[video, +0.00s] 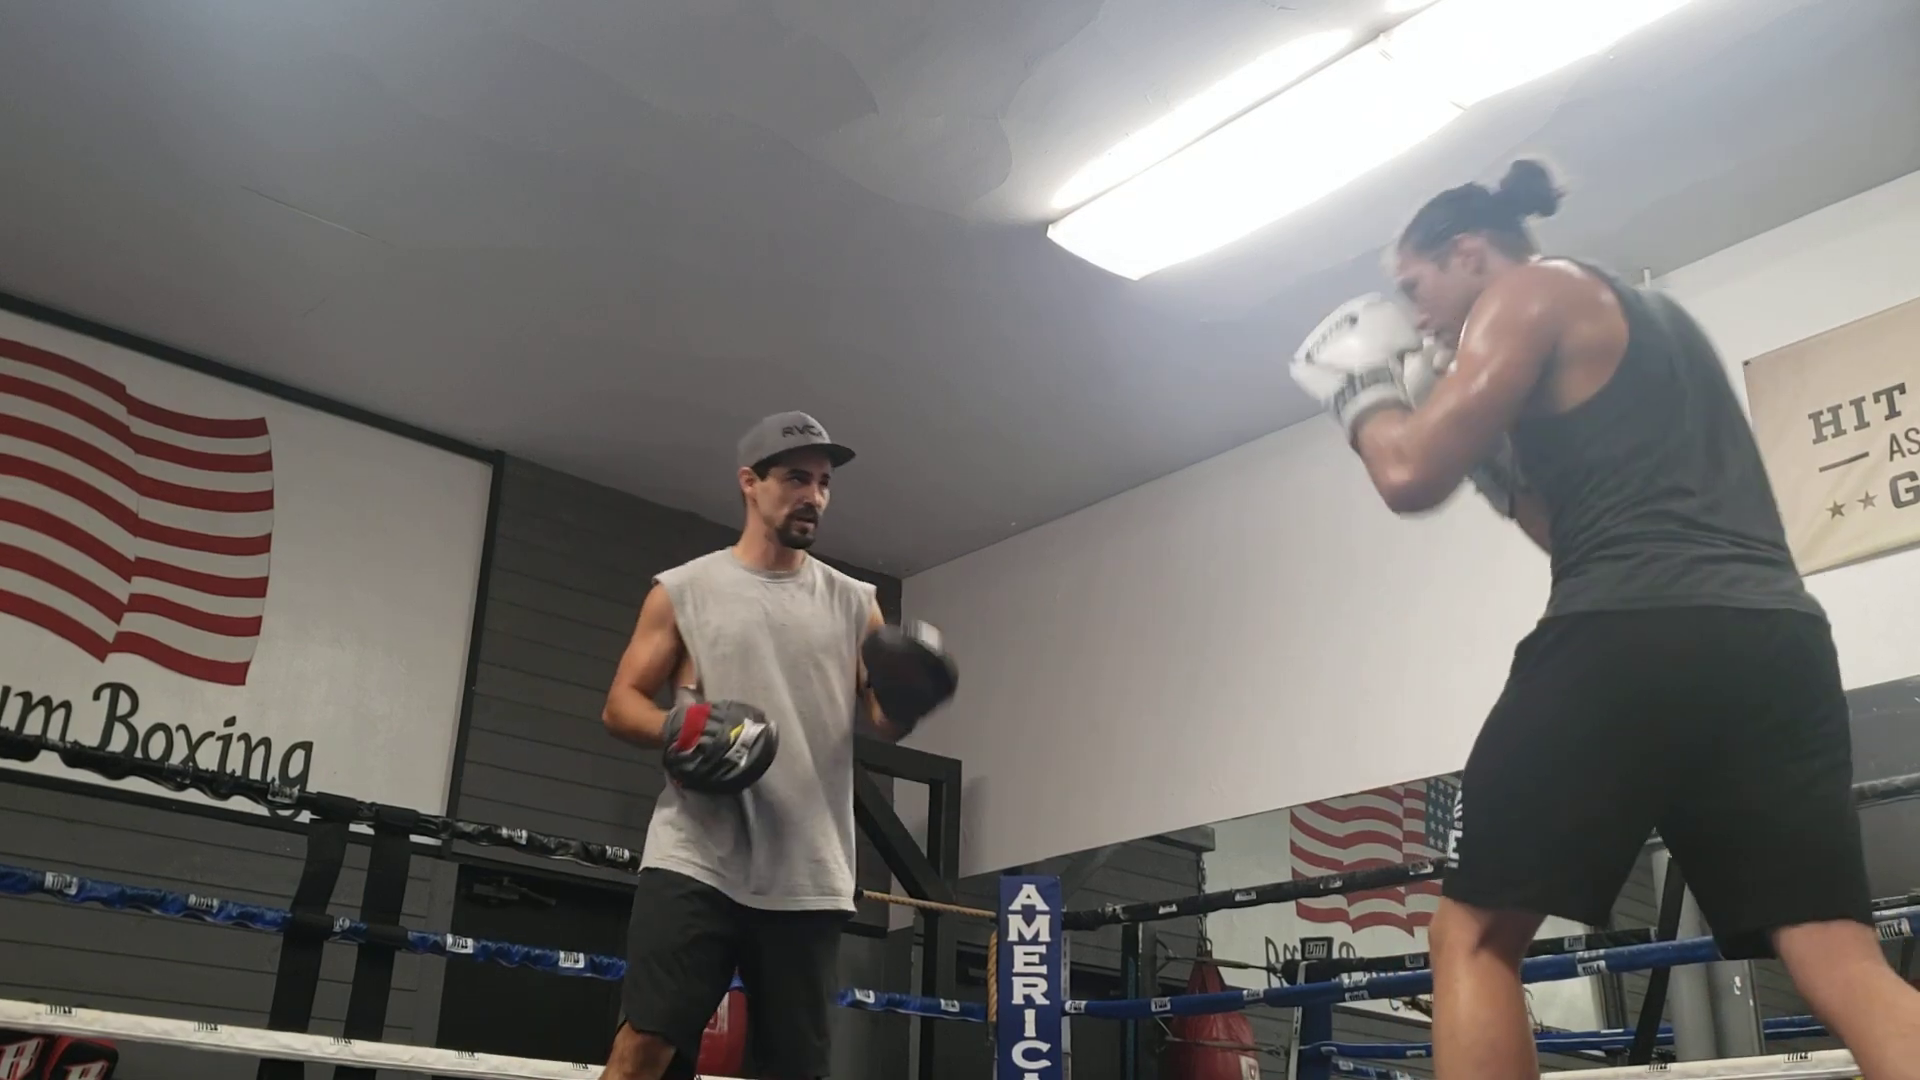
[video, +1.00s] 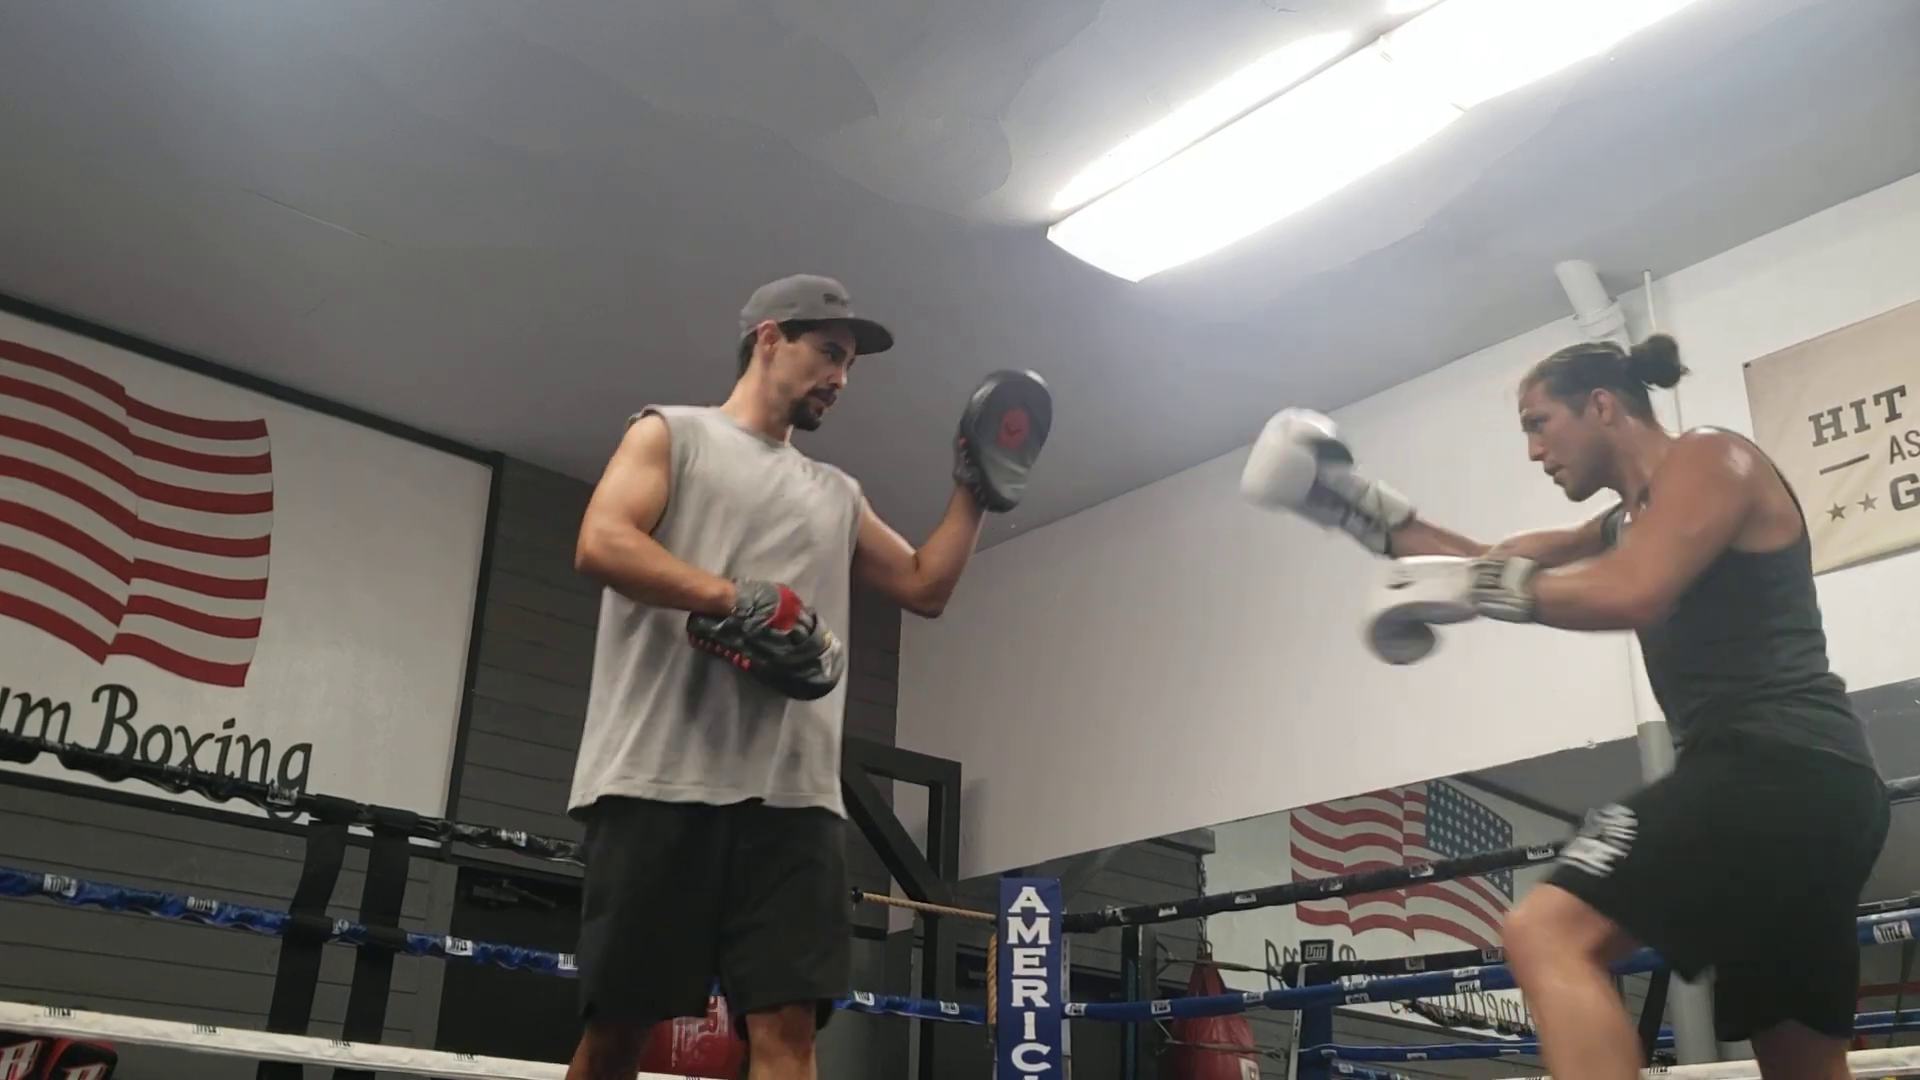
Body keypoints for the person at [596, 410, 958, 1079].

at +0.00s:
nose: (814, 495)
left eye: (822, 482)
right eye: (795, 477)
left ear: (832, 493)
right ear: (750, 484)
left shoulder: (858, 603)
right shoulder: (682, 591)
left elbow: (881, 722)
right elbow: (623, 704)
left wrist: (912, 691)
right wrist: (679, 729)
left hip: (808, 873)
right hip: (695, 859)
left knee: (795, 1067)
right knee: (644, 1050)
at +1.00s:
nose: (841, 378)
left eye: (850, 364)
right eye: (830, 352)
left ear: (845, 378)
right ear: (768, 338)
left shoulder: (837, 494)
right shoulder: (670, 434)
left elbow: (925, 584)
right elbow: (603, 542)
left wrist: (976, 480)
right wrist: (735, 599)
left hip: (793, 795)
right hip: (655, 779)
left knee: (787, 1028)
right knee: (614, 1030)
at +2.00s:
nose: (719, 251)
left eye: (729, 235)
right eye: (714, 220)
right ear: (651, 194)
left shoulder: (667, 373)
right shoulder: (553, 295)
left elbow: (635, 549)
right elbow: (499, 414)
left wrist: (693, 675)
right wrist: (664, 510)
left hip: (657, 708)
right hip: (541, 681)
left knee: (675, 977)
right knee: (467, 953)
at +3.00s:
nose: (781, 424)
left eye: (789, 409)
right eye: (779, 398)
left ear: (737, 380)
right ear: (735, 371)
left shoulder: (695, 475)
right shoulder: (676, 420)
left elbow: (654, 625)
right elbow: (628, 512)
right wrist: (708, 653)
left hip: (631, 746)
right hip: (589, 726)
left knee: (608, 1003)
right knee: (570, 965)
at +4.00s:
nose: (801, 230)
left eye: (810, 211)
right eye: (804, 199)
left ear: (749, 174)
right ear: (760, 166)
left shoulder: (722, 314)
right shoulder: (650, 242)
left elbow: (714, 481)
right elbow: (616, 380)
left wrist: (797, 575)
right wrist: (769, 516)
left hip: (727, 669)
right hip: (615, 648)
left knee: (793, 924)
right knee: (541, 941)